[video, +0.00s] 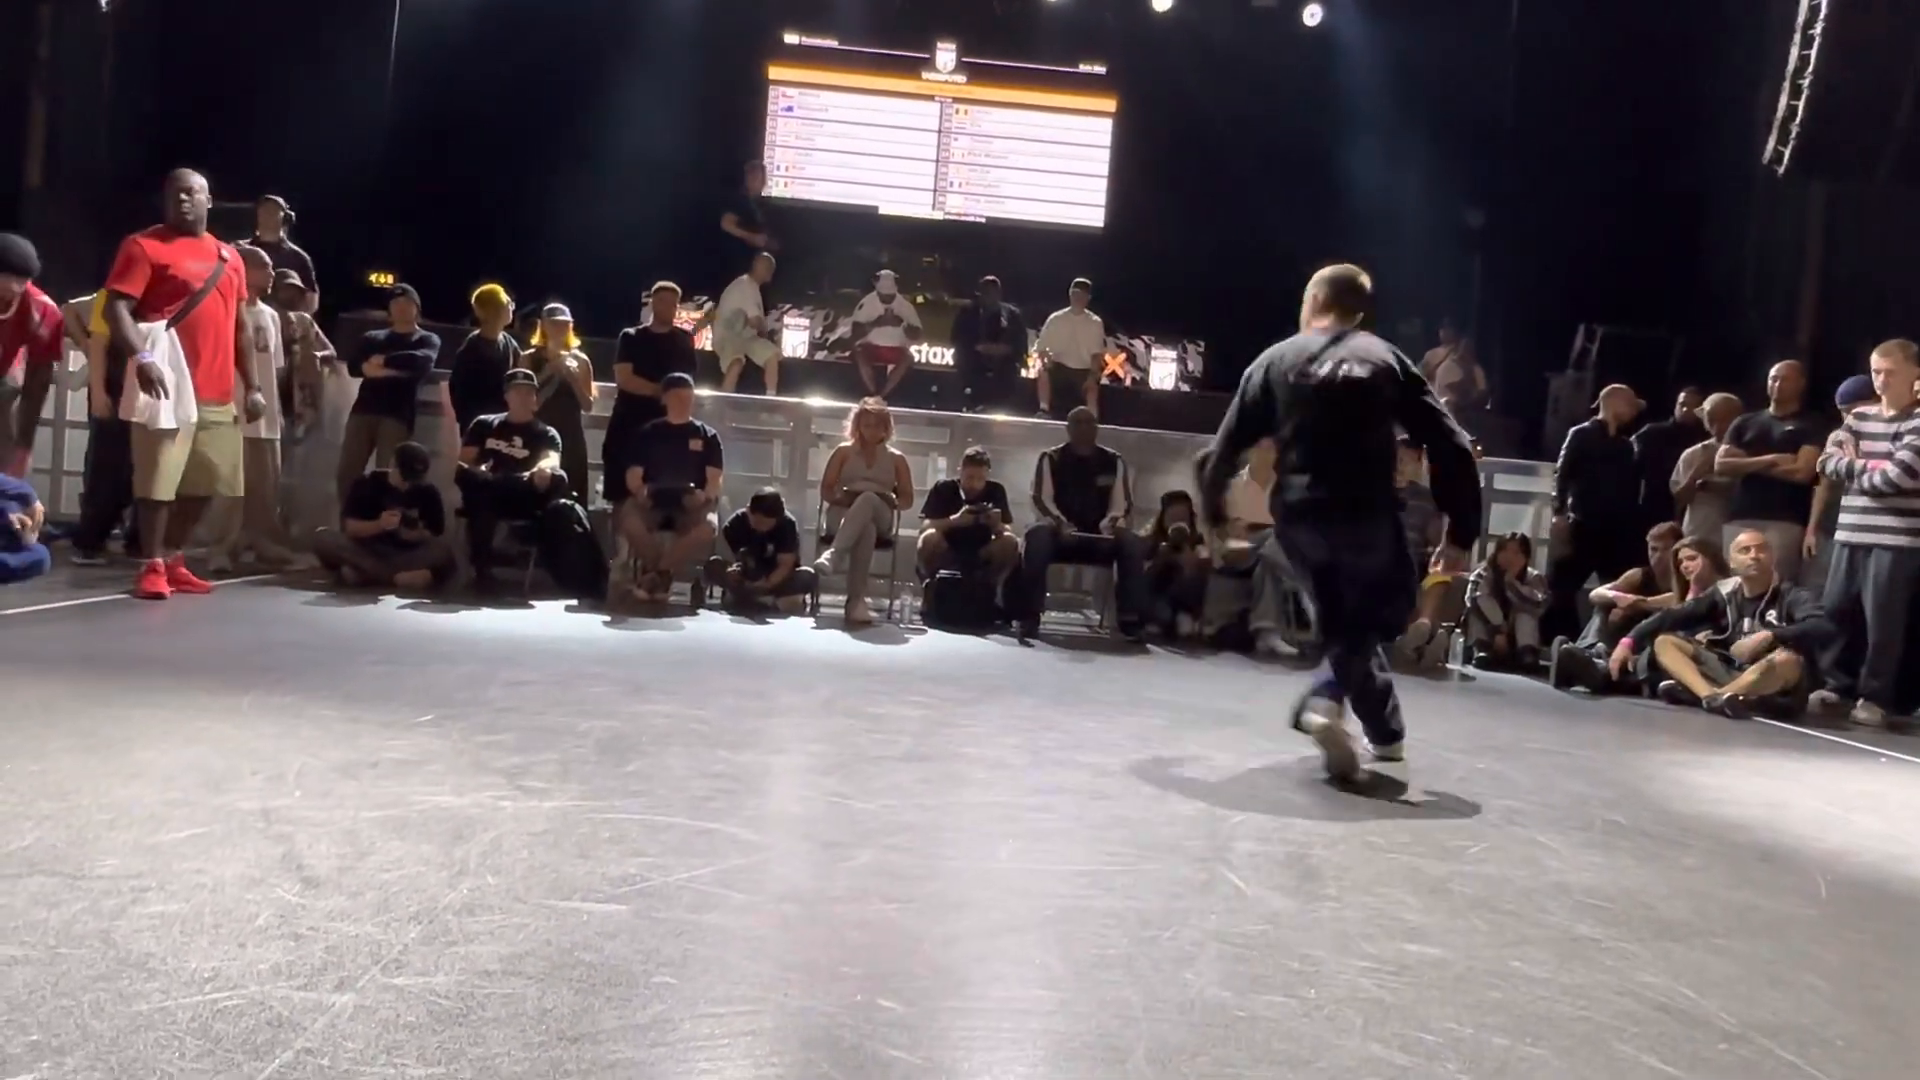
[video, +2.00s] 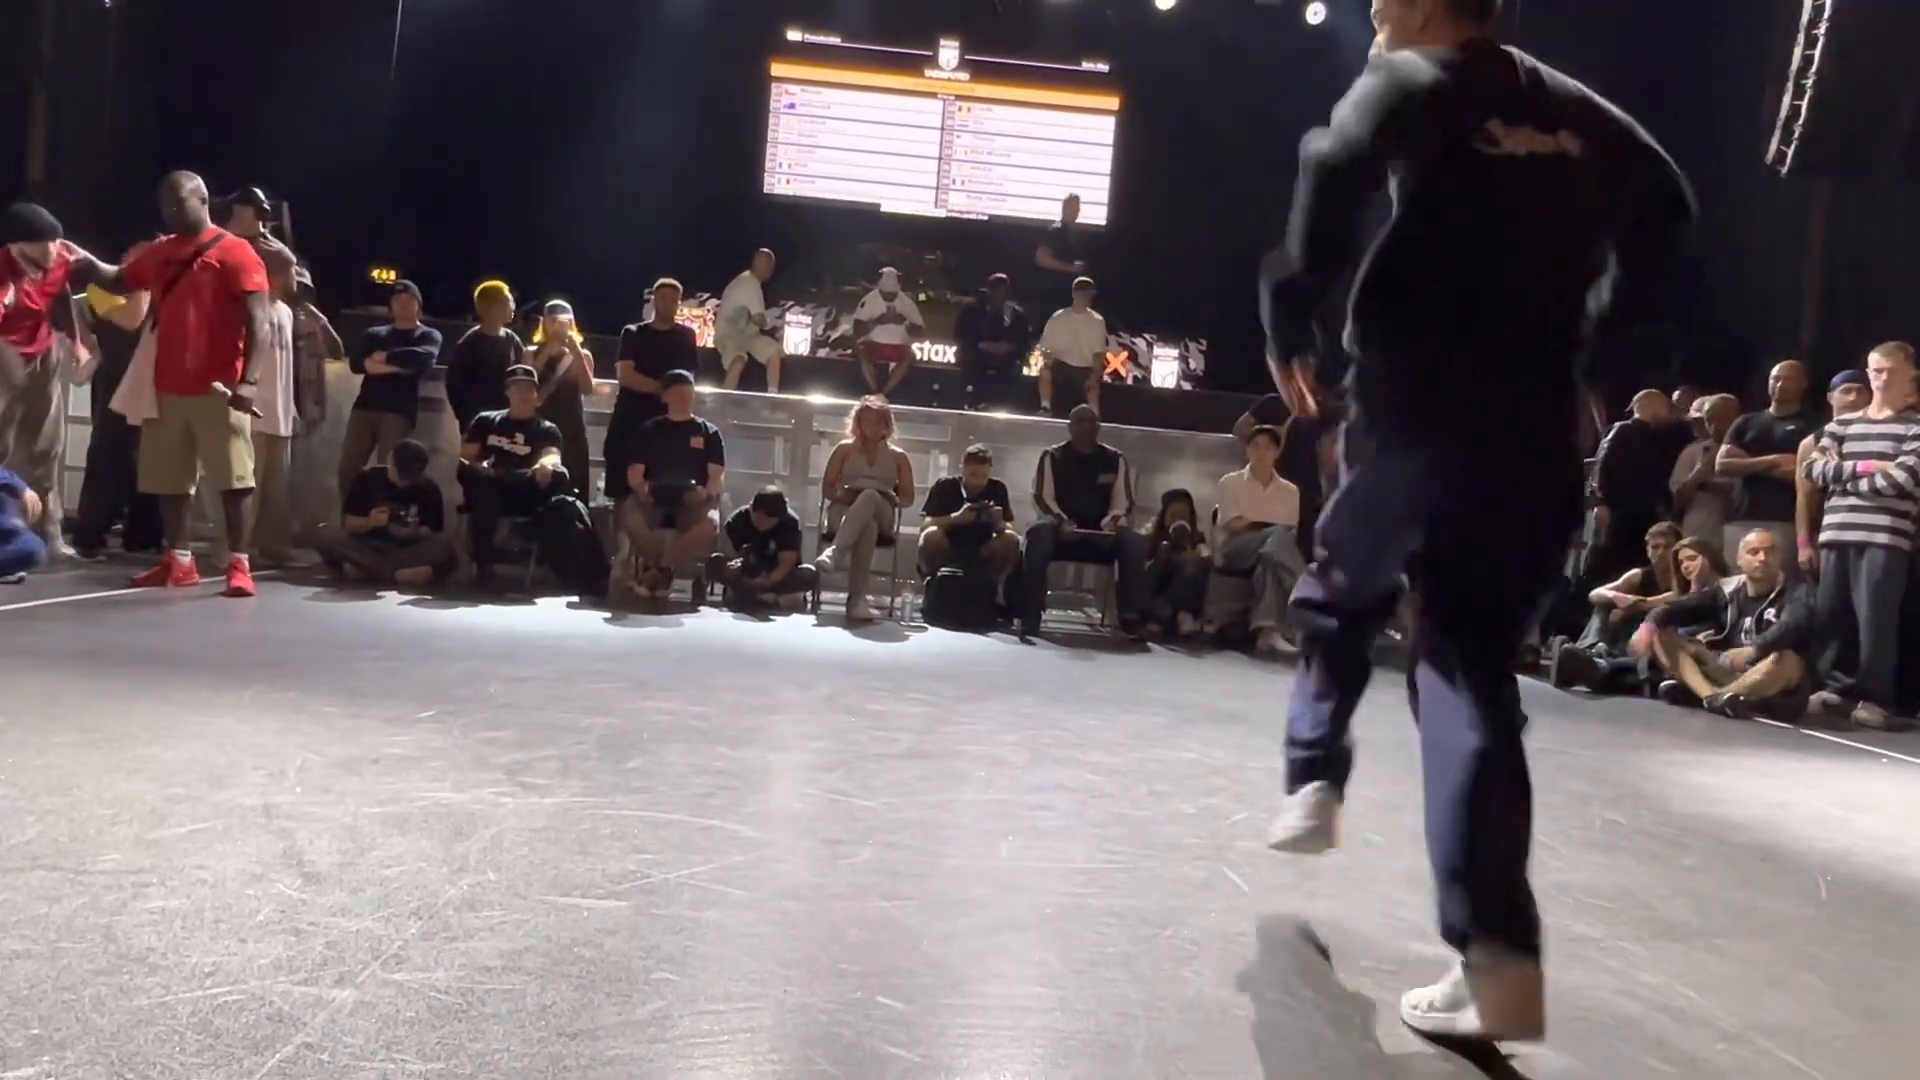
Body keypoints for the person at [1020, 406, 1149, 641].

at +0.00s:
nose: (1084, 430)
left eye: (1089, 424)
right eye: (1078, 424)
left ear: (1097, 428)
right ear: (1067, 428)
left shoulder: (1114, 461)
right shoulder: (1050, 459)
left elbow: (1121, 503)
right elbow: (1041, 499)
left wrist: (1112, 520)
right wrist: (1060, 523)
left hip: (1100, 538)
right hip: (1065, 536)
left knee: (1131, 543)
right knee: (1037, 536)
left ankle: (1131, 621)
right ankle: (1030, 618)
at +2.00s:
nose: (1086, 427)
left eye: (1091, 422)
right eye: (1079, 422)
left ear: (1099, 426)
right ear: (1069, 426)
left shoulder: (1115, 459)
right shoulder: (1052, 456)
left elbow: (1122, 501)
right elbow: (1044, 497)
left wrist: (1113, 519)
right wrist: (1060, 520)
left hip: (1100, 536)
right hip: (1066, 534)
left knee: (1131, 540)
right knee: (1039, 533)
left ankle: (1130, 618)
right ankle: (1030, 619)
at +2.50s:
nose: (1087, 429)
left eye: (1093, 423)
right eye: (1081, 423)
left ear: (1102, 428)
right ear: (1071, 428)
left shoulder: (1118, 462)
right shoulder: (1053, 457)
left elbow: (1123, 503)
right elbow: (1037, 500)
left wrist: (1114, 519)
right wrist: (1053, 486)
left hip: (1099, 535)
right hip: (1062, 533)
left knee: (1132, 541)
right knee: (1040, 536)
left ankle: (1132, 619)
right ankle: (1031, 619)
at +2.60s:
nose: (1088, 429)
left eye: (1093, 423)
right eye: (1082, 423)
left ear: (1102, 428)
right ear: (1072, 428)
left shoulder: (1119, 462)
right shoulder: (1056, 454)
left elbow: (1123, 502)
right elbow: (1037, 495)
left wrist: (1115, 519)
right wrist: (1054, 463)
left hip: (1099, 535)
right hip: (1062, 533)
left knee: (1132, 541)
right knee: (1042, 534)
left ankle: (1132, 619)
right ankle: (1032, 619)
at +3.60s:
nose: (1081, 433)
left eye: (1087, 427)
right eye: (1075, 427)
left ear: (1095, 432)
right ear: (1066, 430)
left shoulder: (1112, 465)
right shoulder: (1047, 457)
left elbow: (1116, 508)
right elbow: (1029, 501)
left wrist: (1105, 524)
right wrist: (1041, 484)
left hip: (1090, 537)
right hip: (1053, 535)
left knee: (1123, 543)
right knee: (1033, 538)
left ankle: (1123, 621)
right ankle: (1023, 621)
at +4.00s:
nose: (1072, 436)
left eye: (1077, 430)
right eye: (1066, 430)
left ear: (1086, 432)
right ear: (1057, 432)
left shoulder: (1102, 465)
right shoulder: (1038, 460)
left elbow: (1109, 508)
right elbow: (1024, 500)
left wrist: (1100, 522)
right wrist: (1040, 518)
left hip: (1085, 536)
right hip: (1049, 534)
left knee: (1112, 544)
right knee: (1023, 539)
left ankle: (1104, 626)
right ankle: (1019, 622)